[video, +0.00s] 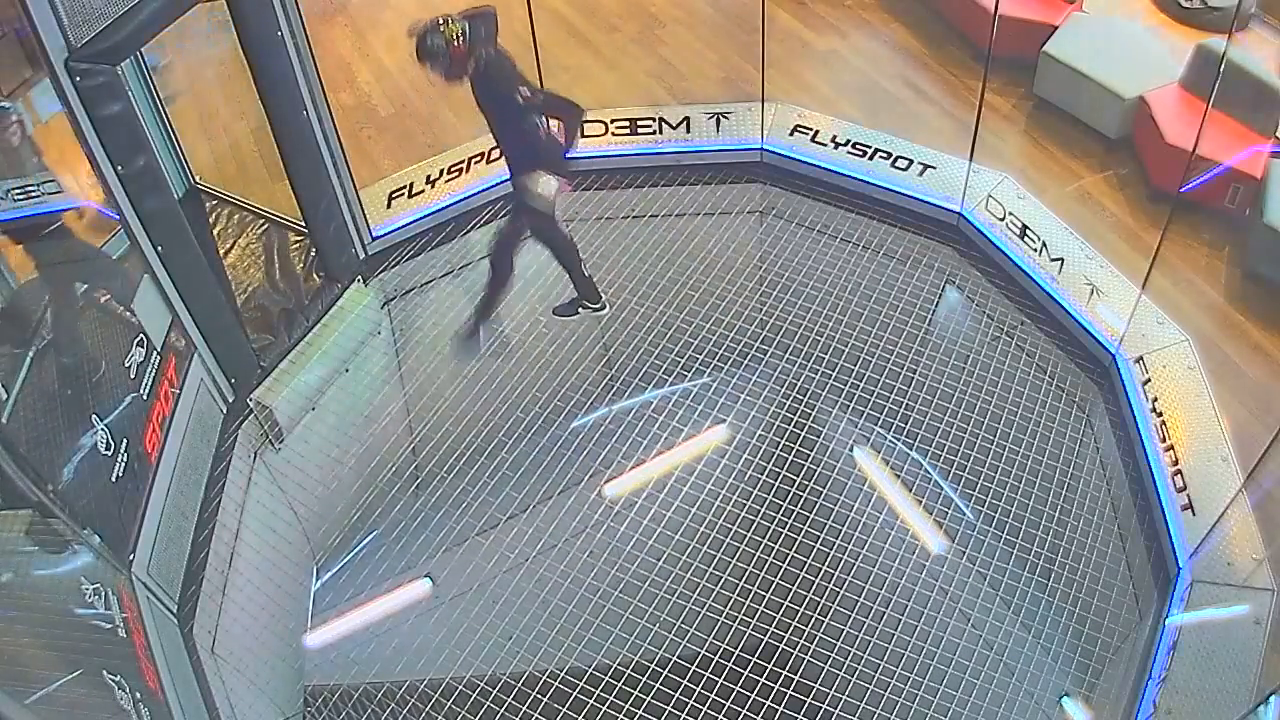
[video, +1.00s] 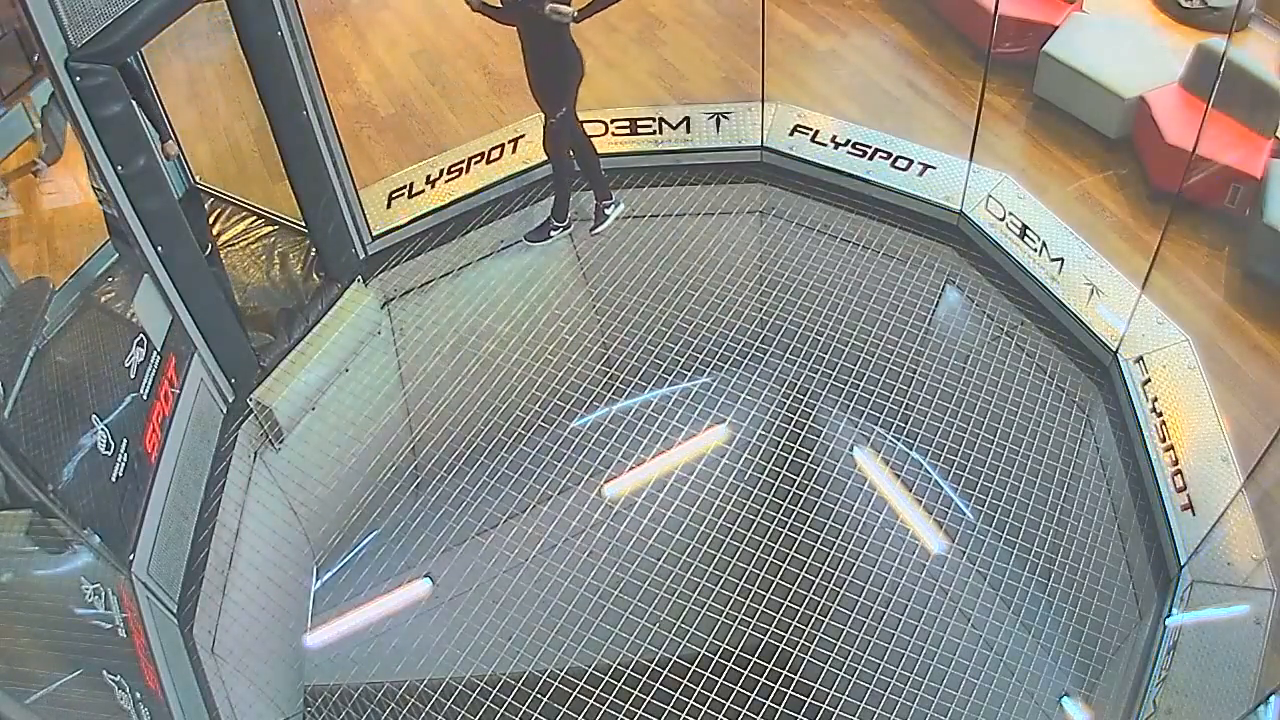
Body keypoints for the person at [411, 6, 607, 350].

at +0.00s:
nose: (442, 73)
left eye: (441, 64)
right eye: (436, 67)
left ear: (457, 49)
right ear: (459, 43)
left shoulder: (496, 74)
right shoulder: (485, 58)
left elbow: (573, 111)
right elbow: (487, 14)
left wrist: (562, 156)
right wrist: (444, 24)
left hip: (537, 169)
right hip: (528, 167)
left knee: (503, 252)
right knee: (546, 230)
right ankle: (589, 294)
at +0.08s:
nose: (439, 52)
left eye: (439, 43)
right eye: (434, 45)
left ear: (455, 28)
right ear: (455, 23)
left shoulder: (491, 56)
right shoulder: (484, 37)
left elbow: (537, 111)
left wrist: (517, 152)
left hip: (534, 144)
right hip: (529, 138)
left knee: (497, 216)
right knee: (548, 211)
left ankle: (499, 261)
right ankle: (587, 288)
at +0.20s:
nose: (435, 28)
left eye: (436, 19)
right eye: (431, 21)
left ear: (456, 6)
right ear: (459, 3)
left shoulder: (489, 49)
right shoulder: (488, 9)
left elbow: (511, 108)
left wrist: (459, 119)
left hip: (532, 120)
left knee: (551, 190)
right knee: (509, 177)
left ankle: (583, 267)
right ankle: (546, 217)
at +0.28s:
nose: (441, 15)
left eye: (441, 7)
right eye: (438, 9)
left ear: (464, 2)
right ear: (471, 1)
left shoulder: (485, 48)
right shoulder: (500, 6)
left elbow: (496, 109)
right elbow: (479, 9)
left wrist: (441, 99)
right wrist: (455, 22)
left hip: (520, 115)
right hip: (538, 96)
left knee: (521, 168)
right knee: (553, 167)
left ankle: (554, 217)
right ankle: (589, 242)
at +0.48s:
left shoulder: (513, 10)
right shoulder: (501, 3)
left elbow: (509, 70)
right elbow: (492, 10)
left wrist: (471, 62)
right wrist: (462, 20)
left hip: (526, 84)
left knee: (530, 164)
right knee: (553, 152)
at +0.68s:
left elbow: (582, 15)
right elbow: (508, 12)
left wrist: (535, 38)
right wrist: (468, 10)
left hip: (537, 72)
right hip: (523, 71)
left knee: (540, 151)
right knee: (562, 140)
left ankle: (561, 219)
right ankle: (603, 202)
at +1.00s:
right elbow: (512, 16)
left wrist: (577, 16)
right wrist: (481, 7)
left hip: (563, 62)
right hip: (535, 66)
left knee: (555, 143)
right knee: (574, 134)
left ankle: (559, 219)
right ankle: (606, 200)